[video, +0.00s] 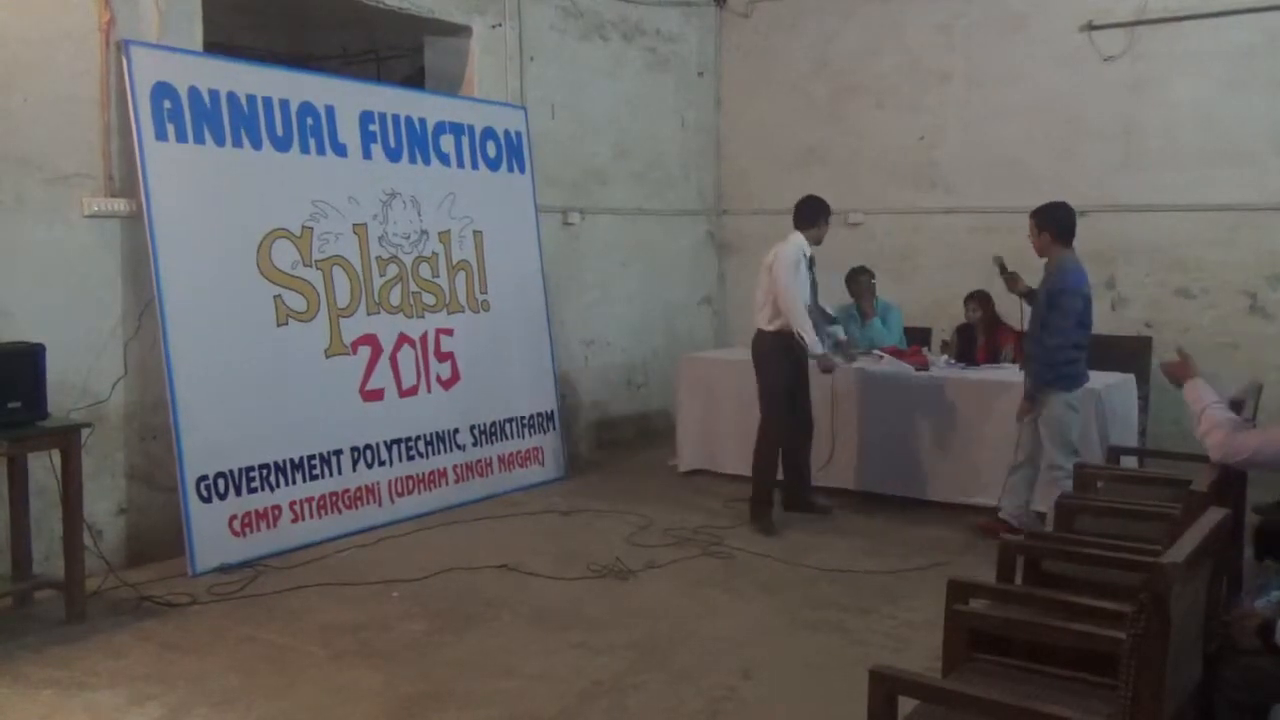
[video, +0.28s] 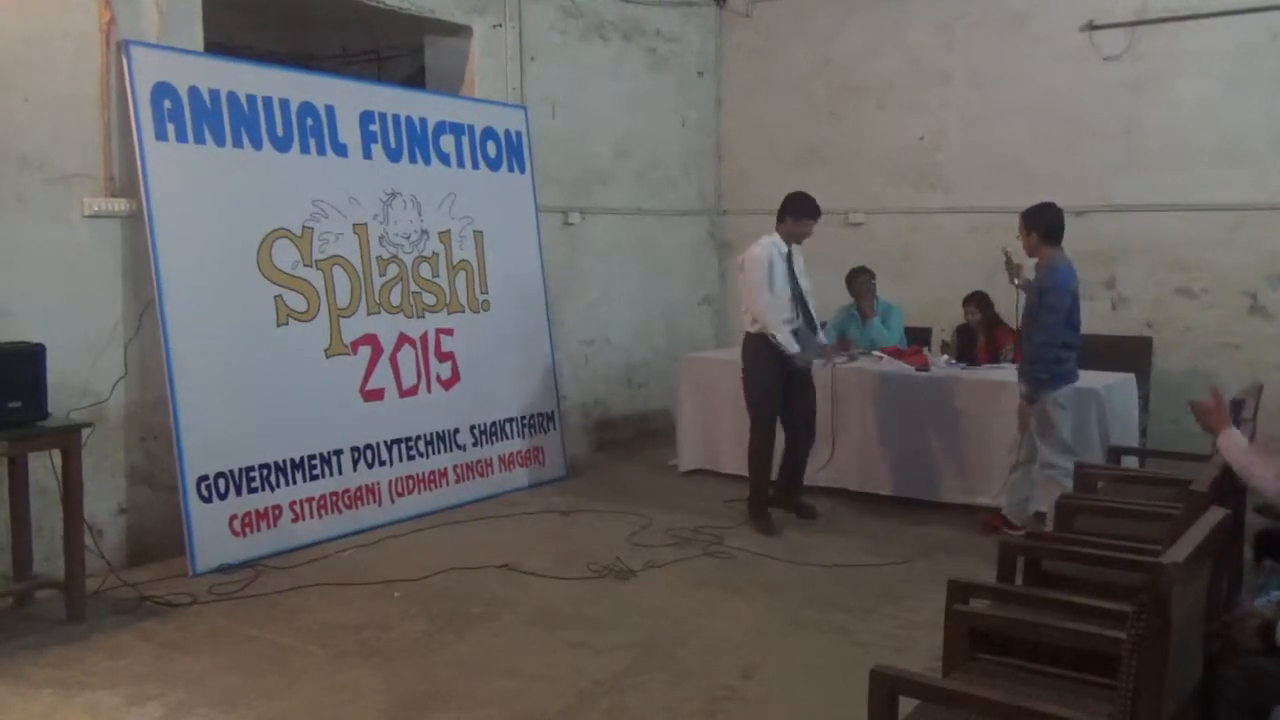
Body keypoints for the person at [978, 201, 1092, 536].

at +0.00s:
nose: (1031, 240)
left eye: (1033, 234)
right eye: (1031, 234)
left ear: (1047, 235)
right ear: (1060, 235)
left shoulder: (1066, 276)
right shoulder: (1059, 270)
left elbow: (1053, 341)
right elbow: (1051, 314)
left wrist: (1032, 392)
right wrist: (1025, 292)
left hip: (1061, 384)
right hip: (1045, 381)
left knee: (1057, 459)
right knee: (1027, 453)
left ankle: (1055, 525)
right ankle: (1013, 516)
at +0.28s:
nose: (1020, 241)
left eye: (1023, 234)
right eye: (1021, 234)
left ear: (1037, 235)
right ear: (1050, 234)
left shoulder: (1054, 275)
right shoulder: (1052, 269)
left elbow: (1045, 339)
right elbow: (1044, 301)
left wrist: (1030, 389)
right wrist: (1023, 281)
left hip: (1052, 380)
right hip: (1039, 377)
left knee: (1053, 455)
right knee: (1027, 449)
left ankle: (1056, 522)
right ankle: (1015, 513)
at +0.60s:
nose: (1002, 241)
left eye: (1003, 234)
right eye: (1002, 233)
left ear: (1015, 234)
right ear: (1035, 233)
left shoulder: (1025, 273)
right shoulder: (1050, 270)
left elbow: (1014, 332)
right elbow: (1053, 322)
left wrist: (1004, 382)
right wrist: (1036, 351)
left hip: (1026, 373)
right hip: (1039, 370)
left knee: (1023, 446)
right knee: (1021, 445)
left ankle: (1038, 514)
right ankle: (1017, 511)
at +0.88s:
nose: (993, 239)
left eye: (994, 232)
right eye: (993, 232)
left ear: (1005, 233)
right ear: (1025, 232)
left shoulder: (1009, 273)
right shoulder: (1045, 272)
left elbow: (998, 330)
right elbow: (1053, 322)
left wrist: (973, 364)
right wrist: (1022, 337)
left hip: (1009, 375)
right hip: (1034, 374)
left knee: (994, 444)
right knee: (1024, 446)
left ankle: (1002, 514)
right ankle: (1020, 513)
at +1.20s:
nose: (976, 240)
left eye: (977, 234)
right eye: (977, 233)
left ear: (985, 236)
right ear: (1010, 233)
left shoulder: (986, 274)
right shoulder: (1033, 274)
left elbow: (967, 324)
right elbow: (1046, 322)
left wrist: (940, 331)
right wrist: (1025, 350)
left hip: (990, 377)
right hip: (1021, 374)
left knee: (969, 444)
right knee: (1017, 451)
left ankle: (946, 507)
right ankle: (1017, 516)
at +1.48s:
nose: (952, 241)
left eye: (953, 236)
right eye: (953, 236)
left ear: (959, 237)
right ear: (985, 234)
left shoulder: (956, 278)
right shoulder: (1007, 275)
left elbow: (933, 326)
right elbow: (1018, 323)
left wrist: (902, 315)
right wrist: (986, 319)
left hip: (960, 377)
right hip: (992, 374)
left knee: (948, 445)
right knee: (995, 444)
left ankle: (939, 509)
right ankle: (1011, 511)